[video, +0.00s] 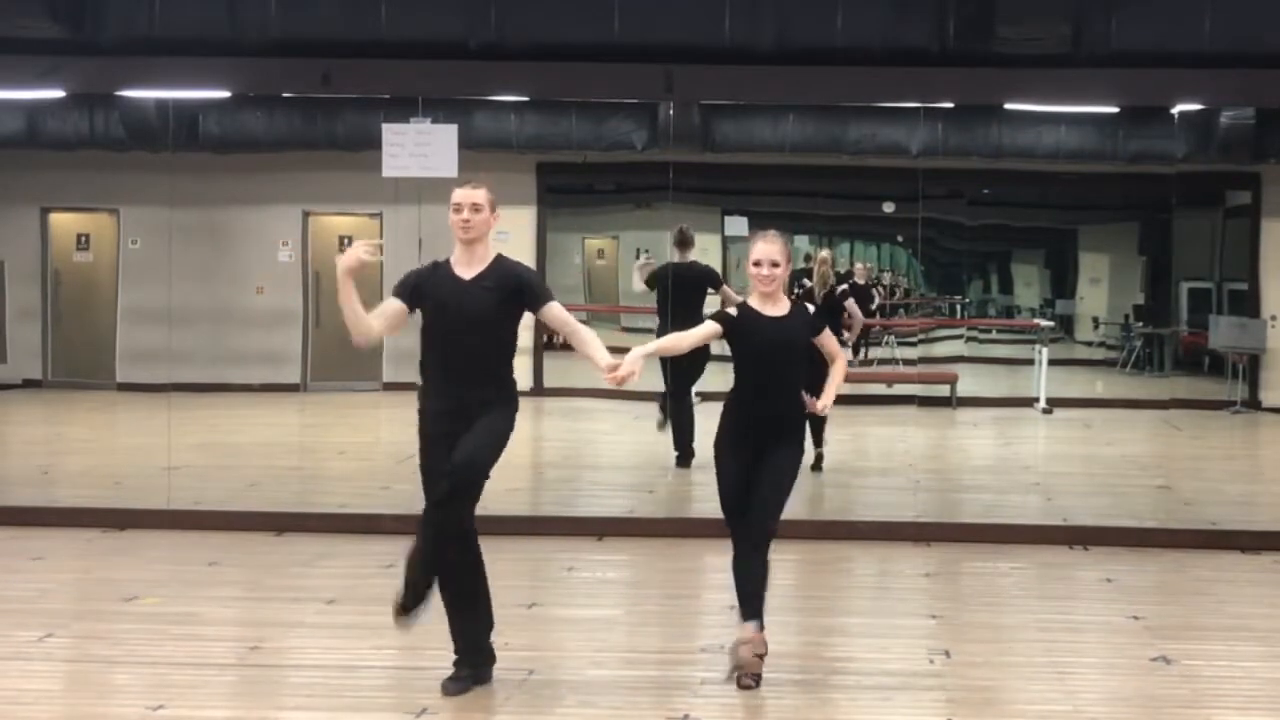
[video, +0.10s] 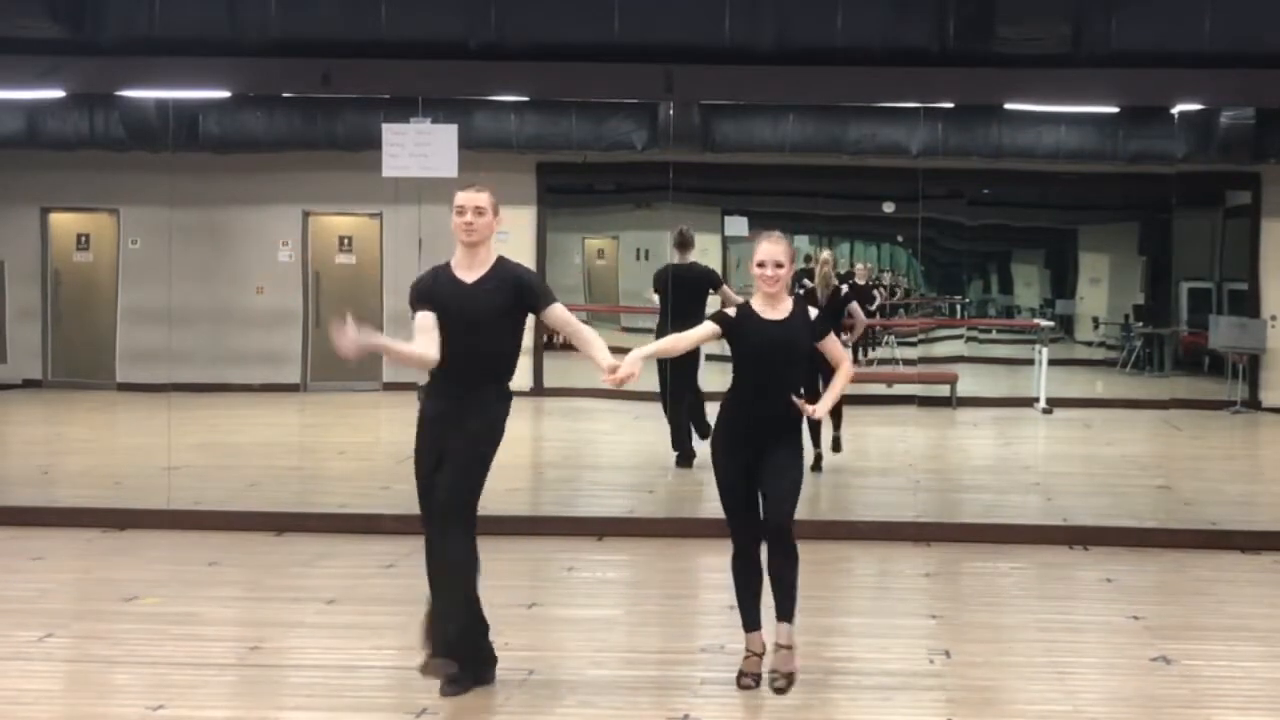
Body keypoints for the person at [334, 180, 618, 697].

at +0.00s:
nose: (464, 216)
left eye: (474, 208)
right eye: (457, 208)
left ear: (494, 218)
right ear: (447, 218)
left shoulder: (516, 277)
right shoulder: (426, 278)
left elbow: (572, 328)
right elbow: (366, 332)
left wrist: (605, 362)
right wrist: (344, 276)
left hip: (492, 408)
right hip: (438, 411)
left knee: (461, 476)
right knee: (450, 524)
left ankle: (418, 577)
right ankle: (474, 655)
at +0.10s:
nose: (469, 219)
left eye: (479, 212)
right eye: (461, 211)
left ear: (497, 221)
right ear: (450, 220)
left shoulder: (518, 280)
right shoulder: (431, 283)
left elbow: (575, 329)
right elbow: (426, 354)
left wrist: (606, 362)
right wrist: (374, 341)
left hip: (484, 410)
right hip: (436, 408)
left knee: (450, 514)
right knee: (439, 524)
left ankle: (449, 645)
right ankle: (472, 655)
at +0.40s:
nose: (477, 233)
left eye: (486, 225)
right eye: (469, 225)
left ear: (504, 234)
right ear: (459, 234)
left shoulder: (523, 300)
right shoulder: (433, 291)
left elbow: (574, 349)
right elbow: (358, 320)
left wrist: (615, 370)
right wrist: (291, 356)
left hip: (501, 435)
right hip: (451, 434)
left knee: (472, 537)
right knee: (449, 536)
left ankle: (473, 643)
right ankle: (474, 652)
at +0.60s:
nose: (477, 231)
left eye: (487, 223)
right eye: (470, 224)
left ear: (507, 232)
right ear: (460, 232)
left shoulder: (528, 296)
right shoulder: (439, 289)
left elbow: (579, 350)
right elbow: (351, 296)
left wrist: (627, 378)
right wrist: (268, 283)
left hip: (501, 433)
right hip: (446, 431)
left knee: (492, 539)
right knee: (465, 542)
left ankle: (462, 606)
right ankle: (481, 652)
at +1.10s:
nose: (468, 234)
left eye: (478, 226)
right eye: (460, 226)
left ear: (498, 233)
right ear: (451, 232)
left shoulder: (513, 305)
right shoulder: (425, 283)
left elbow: (560, 362)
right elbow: (341, 284)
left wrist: (604, 389)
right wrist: (264, 279)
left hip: (507, 446)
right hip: (451, 444)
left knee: (485, 562)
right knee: (444, 559)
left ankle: (446, 687)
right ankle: (476, 644)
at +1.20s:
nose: (469, 234)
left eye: (479, 227)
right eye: (461, 227)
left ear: (500, 235)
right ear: (451, 233)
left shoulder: (513, 307)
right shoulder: (424, 280)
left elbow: (557, 369)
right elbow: (342, 271)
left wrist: (603, 399)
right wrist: (268, 261)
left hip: (510, 446)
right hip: (455, 444)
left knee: (485, 568)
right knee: (438, 562)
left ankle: (447, 700)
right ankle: (480, 643)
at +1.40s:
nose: (469, 238)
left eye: (480, 229)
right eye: (461, 230)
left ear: (502, 235)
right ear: (454, 236)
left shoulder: (521, 305)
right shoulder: (433, 275)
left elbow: (571, 365)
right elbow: (355, 242)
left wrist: (618, 409)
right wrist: (277, 218)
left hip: (501, 448)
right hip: (444, 443)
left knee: (481, 574)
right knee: (433, 572)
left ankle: (445, 698)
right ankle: (459, 648)